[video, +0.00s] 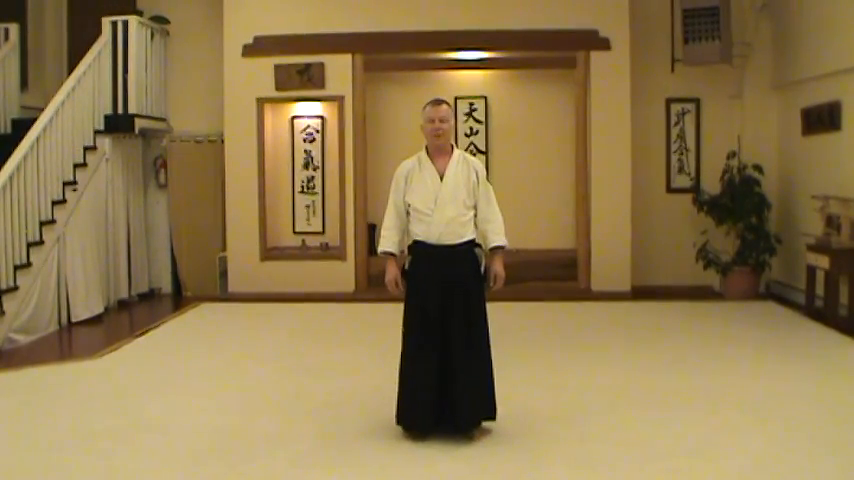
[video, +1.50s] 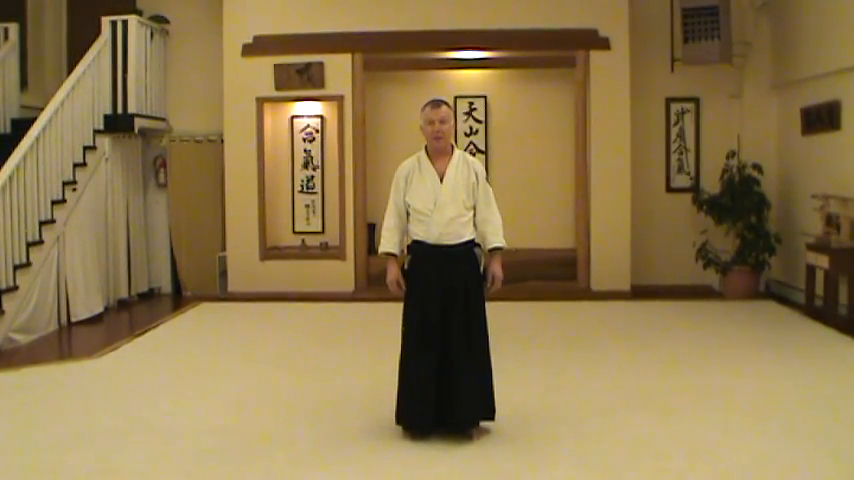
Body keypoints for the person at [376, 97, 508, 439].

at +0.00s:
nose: (437, 126)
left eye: (443, 121)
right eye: (431, 121)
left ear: (453, 125)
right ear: (422, 126)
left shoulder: (471, 166)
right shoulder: (408, 169)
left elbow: (488, 211)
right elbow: (394, 216)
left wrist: (495, 255)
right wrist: (391, 260)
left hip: (463, 259)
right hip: (424, 260)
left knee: (465, 336)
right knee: (423, 337)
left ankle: (466, 416)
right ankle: (420, 417)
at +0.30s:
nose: (438, 125)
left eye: (444, 119)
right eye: (432, 120)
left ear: (454, 124)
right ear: (423, 126)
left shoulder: (472, 165)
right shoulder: (408, 168)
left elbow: (488, 211)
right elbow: (395, 215)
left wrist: (496, 254)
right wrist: (392, 259)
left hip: (463, 259)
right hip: (424, 259)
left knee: (464, 335)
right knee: (423, 336)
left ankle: (465, 415)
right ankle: (420, 416)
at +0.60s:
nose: (439, 127)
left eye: (445, 121)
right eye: (433, 121)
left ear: (455, 125)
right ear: (423, 127)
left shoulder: (472, 166)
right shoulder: (409, 168)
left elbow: (488, 211)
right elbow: (395, 214)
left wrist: (495, 255)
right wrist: (391, 258)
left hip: (463, 259)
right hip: (423, 259)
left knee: (464, 335)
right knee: (422, 335)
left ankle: (464, 415)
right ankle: (419, 416)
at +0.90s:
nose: (438, 128)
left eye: (444, 122)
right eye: (431, 122)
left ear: (455, 125)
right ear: (422, 127)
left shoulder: (472, 166)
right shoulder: (409, 169)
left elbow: (488, 212)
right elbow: (395, 216)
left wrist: (495, 256)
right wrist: (392, 259)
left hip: (463, 260)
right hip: (424, 260)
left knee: (464, 335)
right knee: (422, 336)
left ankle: (465, 415)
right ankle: (419, 416)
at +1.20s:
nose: (437, 128)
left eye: (444, 121)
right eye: (431, 122)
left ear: (454, 125)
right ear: (422, 127)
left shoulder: (471, 166)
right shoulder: (408, 169)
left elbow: (487, 212)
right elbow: (395, 216)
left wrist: (495, 256)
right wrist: (392, 260)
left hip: (463, 260)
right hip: (423, 260)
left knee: (464, 336)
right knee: (422, 336)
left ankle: (465, 416)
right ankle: (419, 416)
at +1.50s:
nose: (437, 128)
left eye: (443, 122)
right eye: (431, 123)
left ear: (454, 125)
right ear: (421, 128)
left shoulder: (471, 166)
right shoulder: (408, 170)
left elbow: (486, 211)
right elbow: (394, 216)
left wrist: (494, 256)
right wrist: (392, 261)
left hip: (462, 260)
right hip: (423, 260)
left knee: (463, 336)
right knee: (422, 336)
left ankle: (463, 416)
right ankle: (420, 417)